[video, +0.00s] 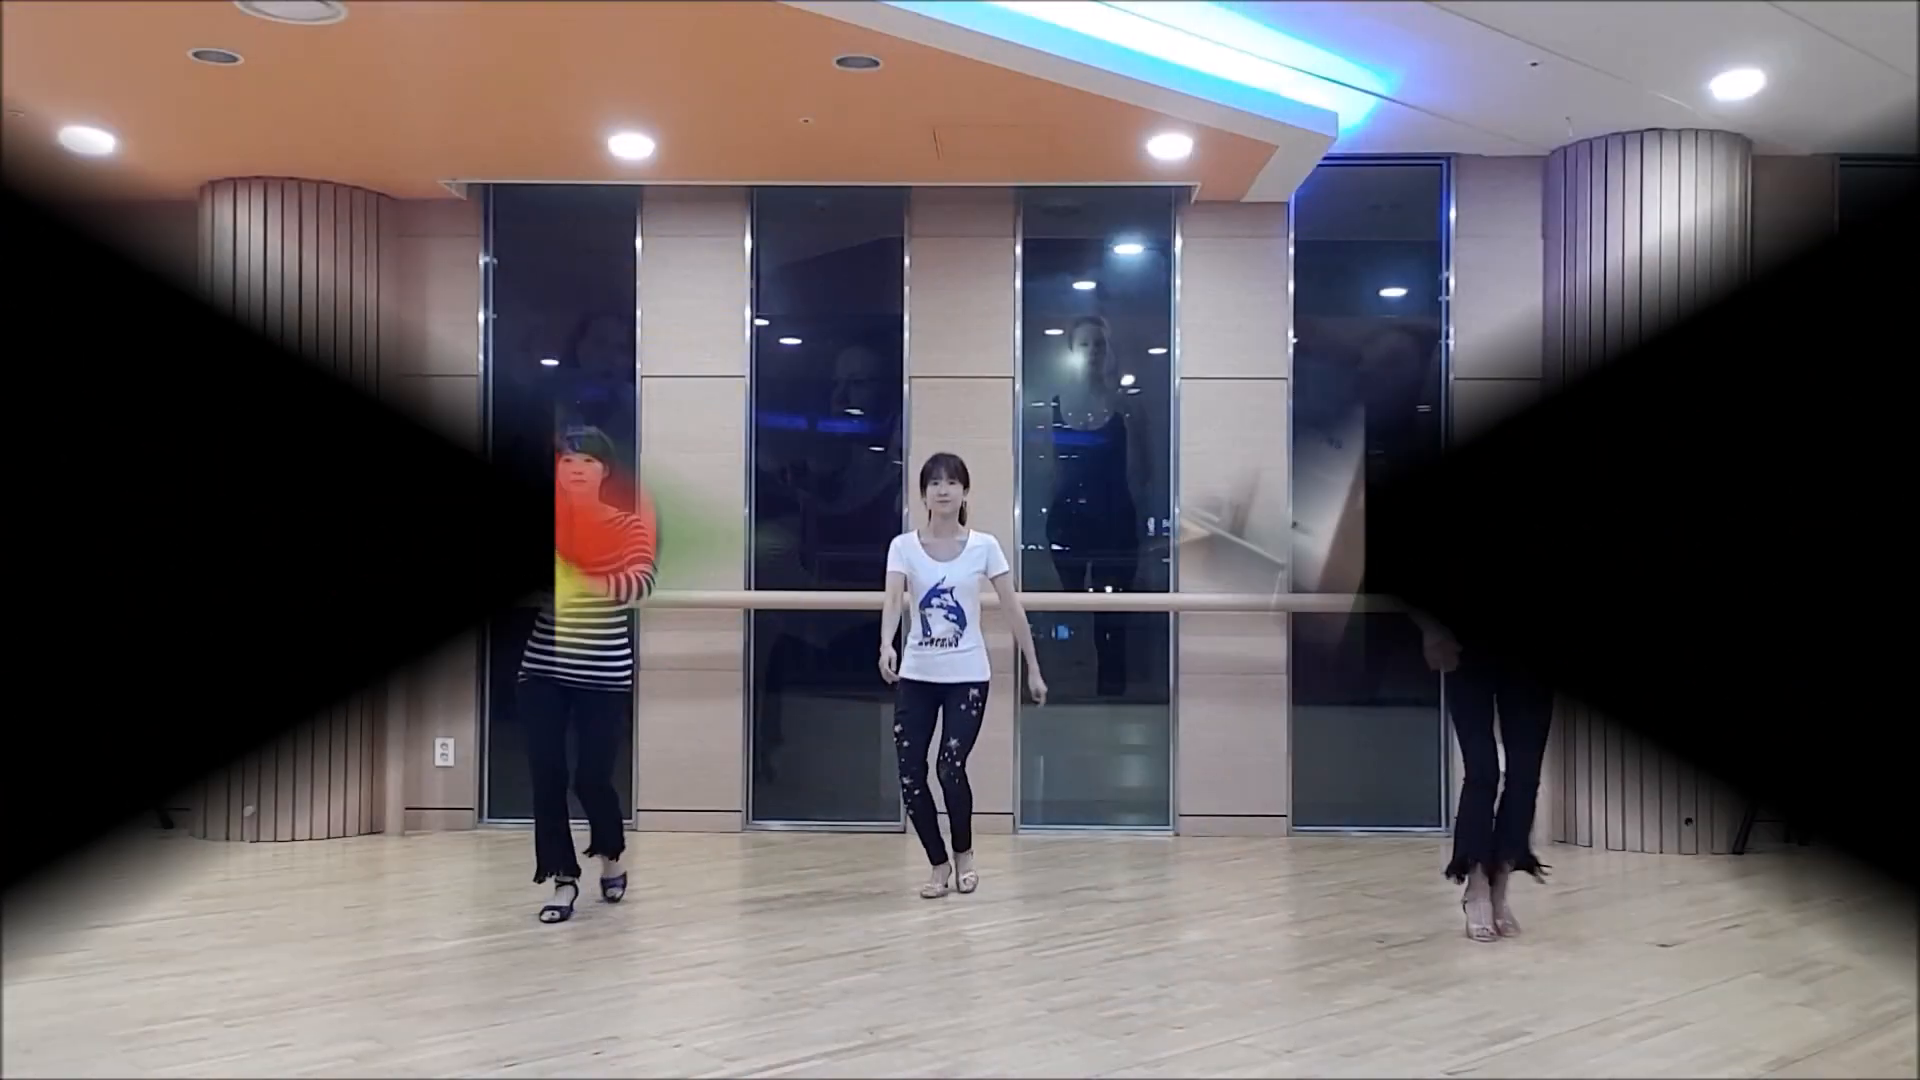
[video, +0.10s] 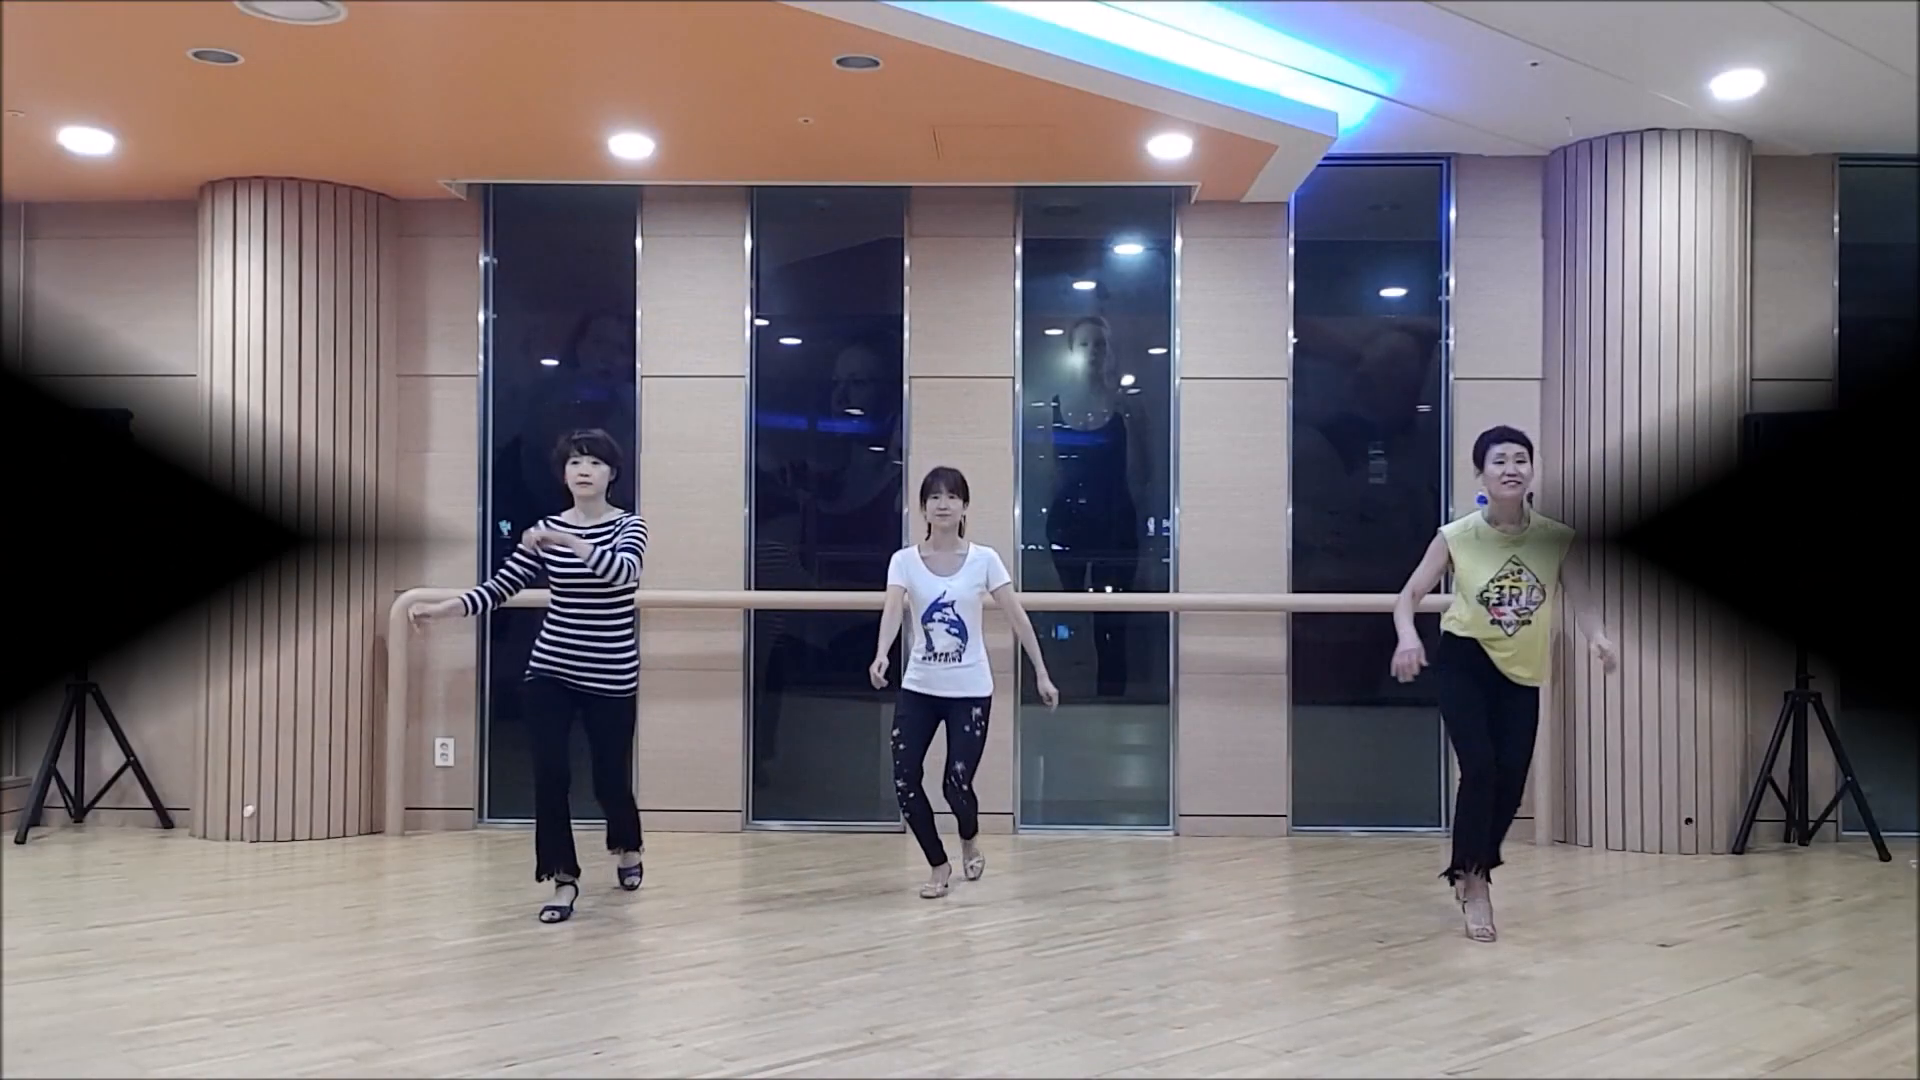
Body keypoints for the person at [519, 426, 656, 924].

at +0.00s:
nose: (572, 472)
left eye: (582, 463)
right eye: (565, 462)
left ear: (604, 469)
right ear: (555, 467)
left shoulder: (629, 517)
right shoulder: (549, 511)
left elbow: (640, 577)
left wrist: (587, 581)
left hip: (604, 667)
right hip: (542, 661)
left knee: (591, 778)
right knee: (546, 775)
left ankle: (611, 854)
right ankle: (562, 881)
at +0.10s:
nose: (584, 470)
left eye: (595, 462)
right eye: (575, 462)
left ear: (612, 472)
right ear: (562, 472)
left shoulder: (629, 525)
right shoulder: (548, 529)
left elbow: (625, 575)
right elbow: (503, 582)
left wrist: (568, 543)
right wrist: (445, 608)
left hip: (613, 672)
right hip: (552, 668)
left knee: (610, 782)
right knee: (550, 777)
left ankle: (627, 847)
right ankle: (564, 882)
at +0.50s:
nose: (613, 470)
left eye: (623, 463)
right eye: (605, 462)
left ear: (640, 468)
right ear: (595, 466)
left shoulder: (656, 515)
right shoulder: (580, 516)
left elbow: (648, 545)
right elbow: (547, 570)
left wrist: (632, 567)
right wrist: (489, 579)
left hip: (647, 657)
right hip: (589, 656)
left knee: (642, 756)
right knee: (583, 756)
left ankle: (635, 850)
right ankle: (577, 866)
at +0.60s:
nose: (615, 470)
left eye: (625, 462)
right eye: (607, 462)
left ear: (643, 467)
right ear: (597, 466)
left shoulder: (660, 519)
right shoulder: (582, 516)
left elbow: (660, 568)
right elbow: (554, 575)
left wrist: (659, 607)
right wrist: (505, 602)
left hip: (651, 655)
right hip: (596, 654)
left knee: (643, 753)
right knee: (598, 750)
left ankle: (635, 852)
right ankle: (581, 854)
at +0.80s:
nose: (617, 471)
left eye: (627, 463)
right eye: (609, 463)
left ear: (643, 469)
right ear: (599, 468)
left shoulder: (660, 521)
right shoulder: (582, 517)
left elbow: (670, 588)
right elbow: (571, 583)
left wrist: (679, 653)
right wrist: (558, 642)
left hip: (653, 653)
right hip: (601, 654)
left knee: (645, 750)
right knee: (629, 747)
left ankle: (633, 849)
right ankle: (610, 848)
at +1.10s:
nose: (624, 468)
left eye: (634, 460)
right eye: (617, 461)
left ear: (652, 467)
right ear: (606, 468)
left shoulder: (675, 520)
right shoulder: (594, 522)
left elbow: (710, 572)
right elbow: (574, 587)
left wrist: (744, 619)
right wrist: (537, 633)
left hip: (652, 657)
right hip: (595, 653)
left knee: (642, 756)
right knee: (580, 744)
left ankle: (634, 851)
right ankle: (562, 837)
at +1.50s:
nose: (629, 463)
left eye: (639, 457)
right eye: (621, 456)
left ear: (656, 467)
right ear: (611, 465)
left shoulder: (671, 522)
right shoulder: (592, 517)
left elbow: (701, 591)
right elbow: (562, 577)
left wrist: (696, 571)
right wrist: (515, 601)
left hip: (657, 653)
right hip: (602, 652)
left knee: (649, 756)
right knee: (601, 747)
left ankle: (635, 851)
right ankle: (574, 840)